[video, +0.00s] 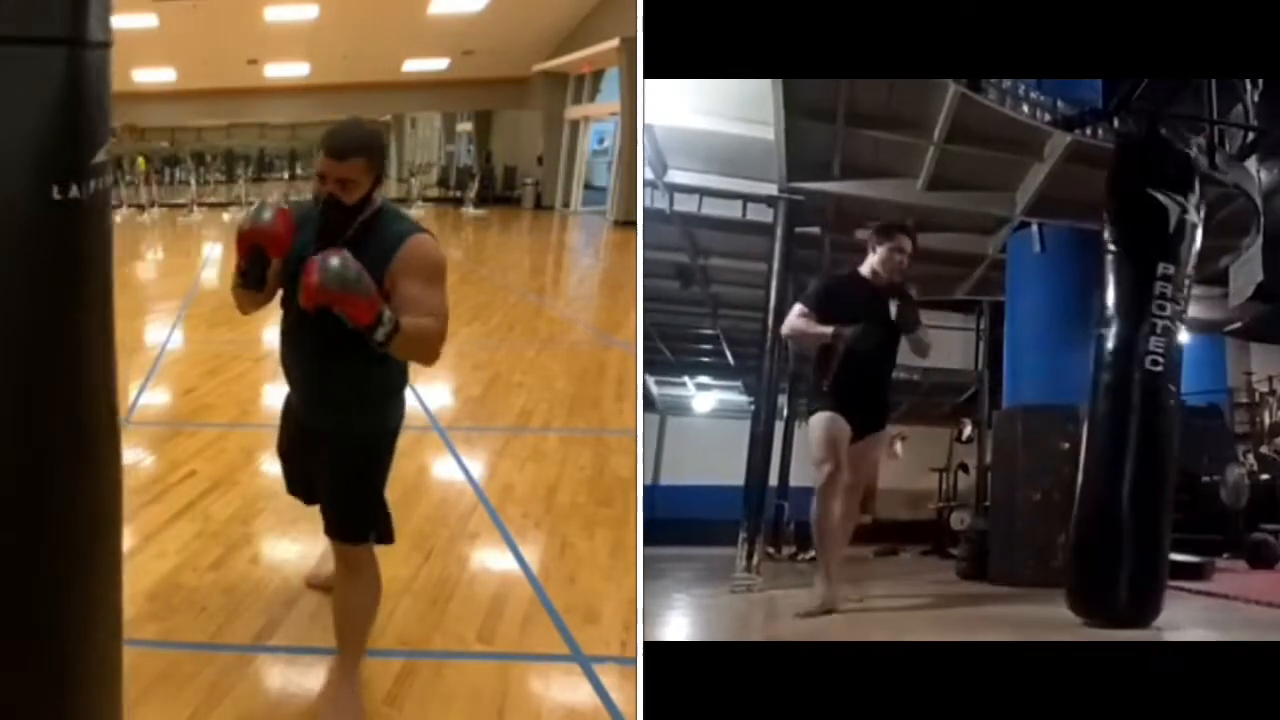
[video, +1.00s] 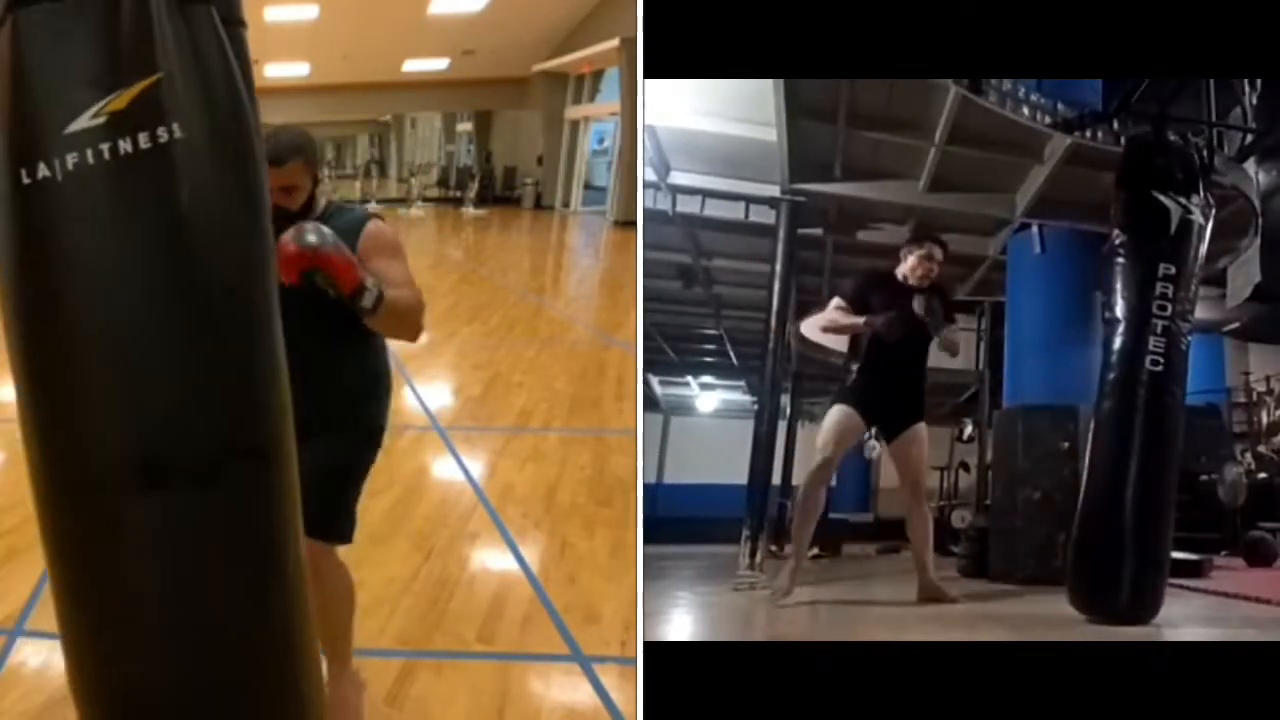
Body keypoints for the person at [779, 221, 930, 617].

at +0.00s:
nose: (902, 262)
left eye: (907, 256)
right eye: (896, 252)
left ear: (909, 262)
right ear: (873, 250)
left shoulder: (898, 301)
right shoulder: (836, 286)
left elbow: (923, 351)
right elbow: (791, 325)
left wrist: (911, 323)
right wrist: (836, 332)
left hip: (872, 404)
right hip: (831, 398)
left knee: (854, 496)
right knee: (830, 476)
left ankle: (828, 576)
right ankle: (825, 584)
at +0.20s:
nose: (898, 262)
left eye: (904, 257)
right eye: (893, 252)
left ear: (906, 264)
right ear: (872, 252)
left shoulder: (896, 303)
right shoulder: (838, 288)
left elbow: (918, 353)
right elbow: (794, 326)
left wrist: (908, 316)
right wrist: (835, 323)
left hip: (869, 402)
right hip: (829, 396)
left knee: (848, 491)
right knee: (824, 479)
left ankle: (824, 576)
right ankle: (790, 569)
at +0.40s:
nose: (890, 264)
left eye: (895, 258)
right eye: (884, 255)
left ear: (898, 266)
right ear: (864, 256)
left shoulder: (889, 304)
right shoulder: (837, 289)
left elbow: (881, 349)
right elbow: (811, 324)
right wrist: (864, 311)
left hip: (871, 405)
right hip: (829, 401)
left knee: (881, 491)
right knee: (805, 489)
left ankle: (842, 561)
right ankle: (787, 574)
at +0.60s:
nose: (896, 265)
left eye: (901, 260)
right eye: (891, 256)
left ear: (903, 268)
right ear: (870, 256)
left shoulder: (894, 304)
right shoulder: (836, 289)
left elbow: (888, 344)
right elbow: (808, 333)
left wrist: (904, 360)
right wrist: (860, 332)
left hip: (872, 400)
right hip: (830, 397)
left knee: (908, 465)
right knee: (804, 484)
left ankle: (906, 563)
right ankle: (787, 577)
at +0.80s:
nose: (917, 271)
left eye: (922, 266)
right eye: (911, 262)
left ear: (925, 272)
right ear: (890, 261)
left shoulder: (921, 304)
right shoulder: (859, 291)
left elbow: (949, 332)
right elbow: (810, 325)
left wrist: (961, 345)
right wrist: (855, 329)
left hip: (890, 406)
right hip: (848, 401)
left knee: (908, 489)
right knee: (815, 483)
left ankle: (927, 578)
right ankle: (789, 575)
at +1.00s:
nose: (929, 268)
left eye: (936, 263)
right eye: (925, 258)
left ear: (938, 269)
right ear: (905, 255)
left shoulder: (935, 298)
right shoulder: (874, 284)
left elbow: (954, 348)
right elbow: (820, 322)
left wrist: (937, 325)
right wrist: (868, 322)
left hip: (906, 402)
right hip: (861, 394)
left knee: (918, 491)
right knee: (823, 464)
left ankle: (927, 581)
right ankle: (794, 564)